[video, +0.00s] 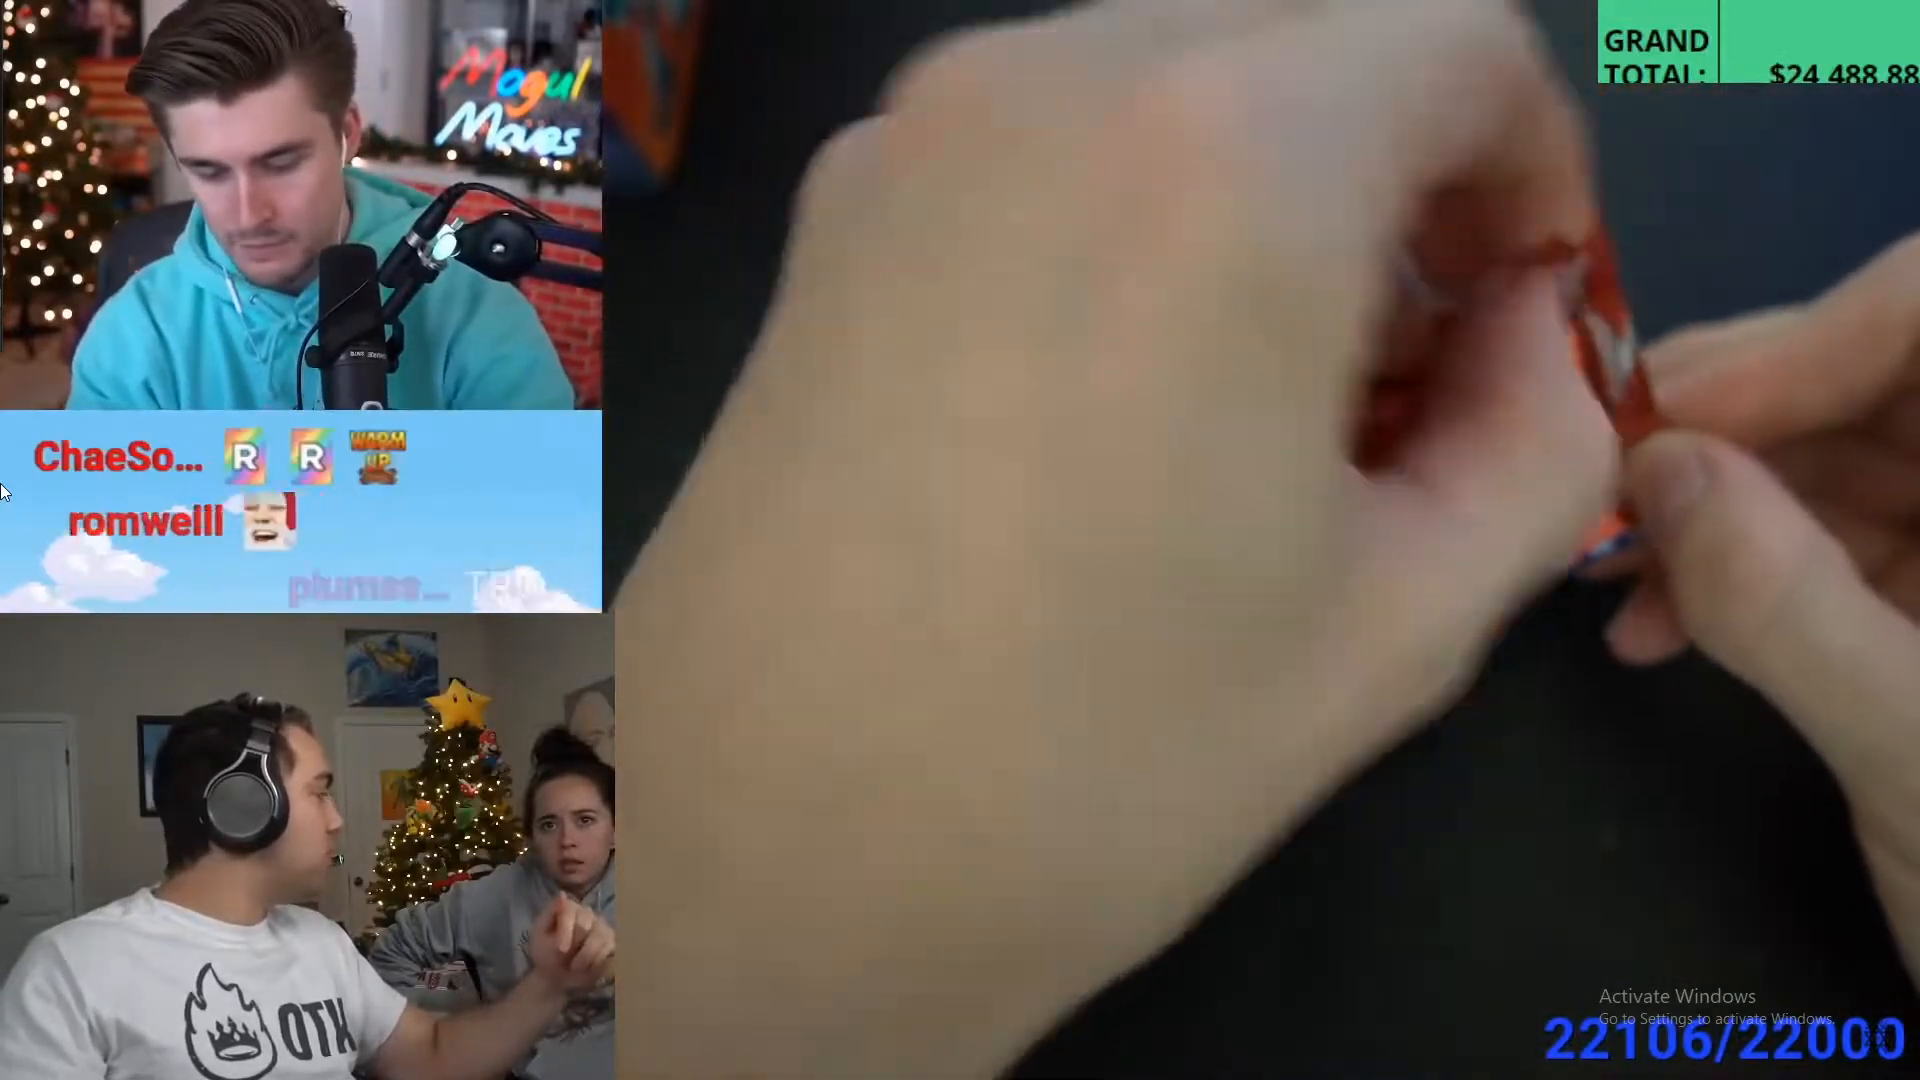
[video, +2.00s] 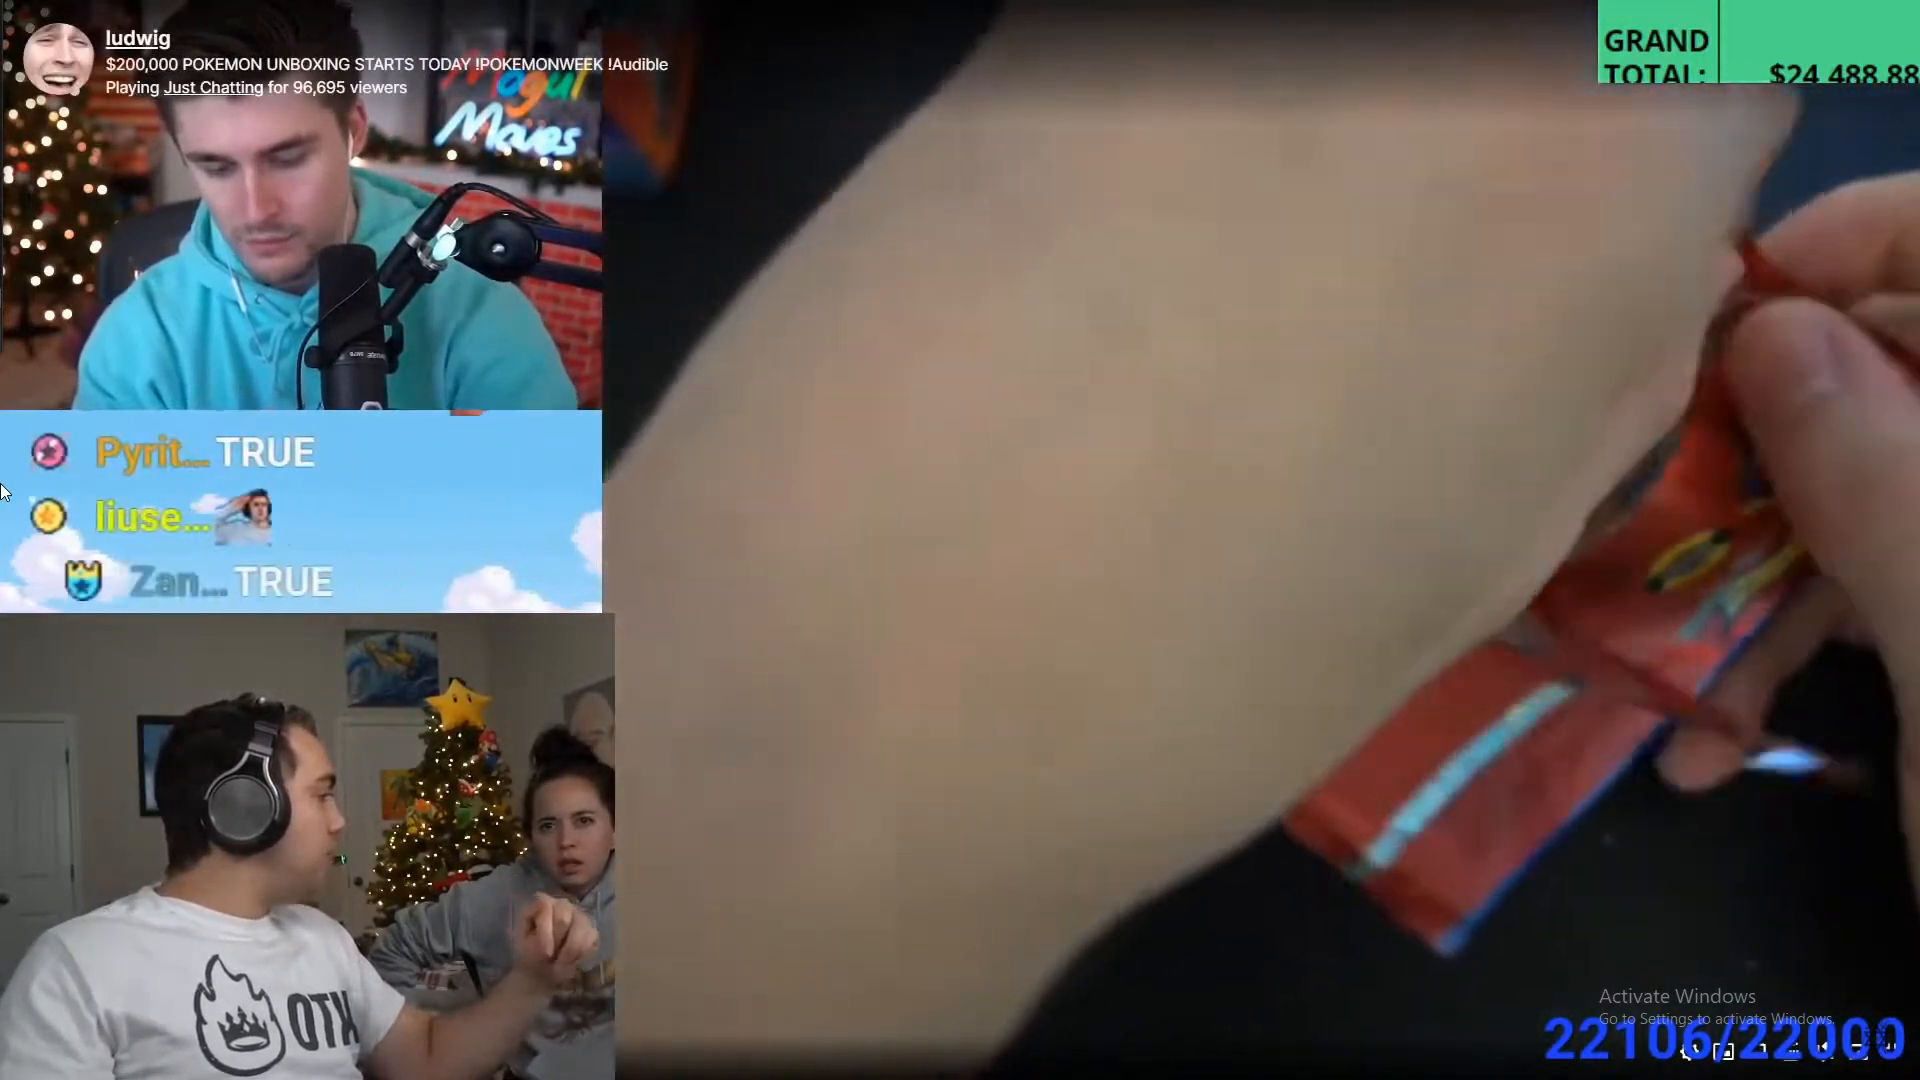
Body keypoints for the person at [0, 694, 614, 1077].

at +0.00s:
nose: (339, 817)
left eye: (331, 792)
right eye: (320, 791)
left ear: (241, 805)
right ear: (238, 804)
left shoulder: (320, 945)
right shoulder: (69, 971)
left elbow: (432, 1051)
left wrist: (548, 986)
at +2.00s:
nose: (341, 820)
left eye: (333, 794)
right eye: (323, 793)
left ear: (251, 803)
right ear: (239, 804)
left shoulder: (320, 941)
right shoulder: (76, 967)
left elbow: (429, 1054)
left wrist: (533, 978)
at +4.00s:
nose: (340, 819)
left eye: (331, 791)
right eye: (320, 792)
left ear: (250, 806)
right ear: (242, 806)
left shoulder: (323, 944)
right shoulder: (75, 967)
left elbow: (430, 1062)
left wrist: (494, 953)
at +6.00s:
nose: (344, 823)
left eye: (336, 798)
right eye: (325, 799)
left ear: (260, 809)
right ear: (250, 810)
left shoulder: (324, 942)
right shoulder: (77, 967)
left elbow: (426, 1059)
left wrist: (511, 967)